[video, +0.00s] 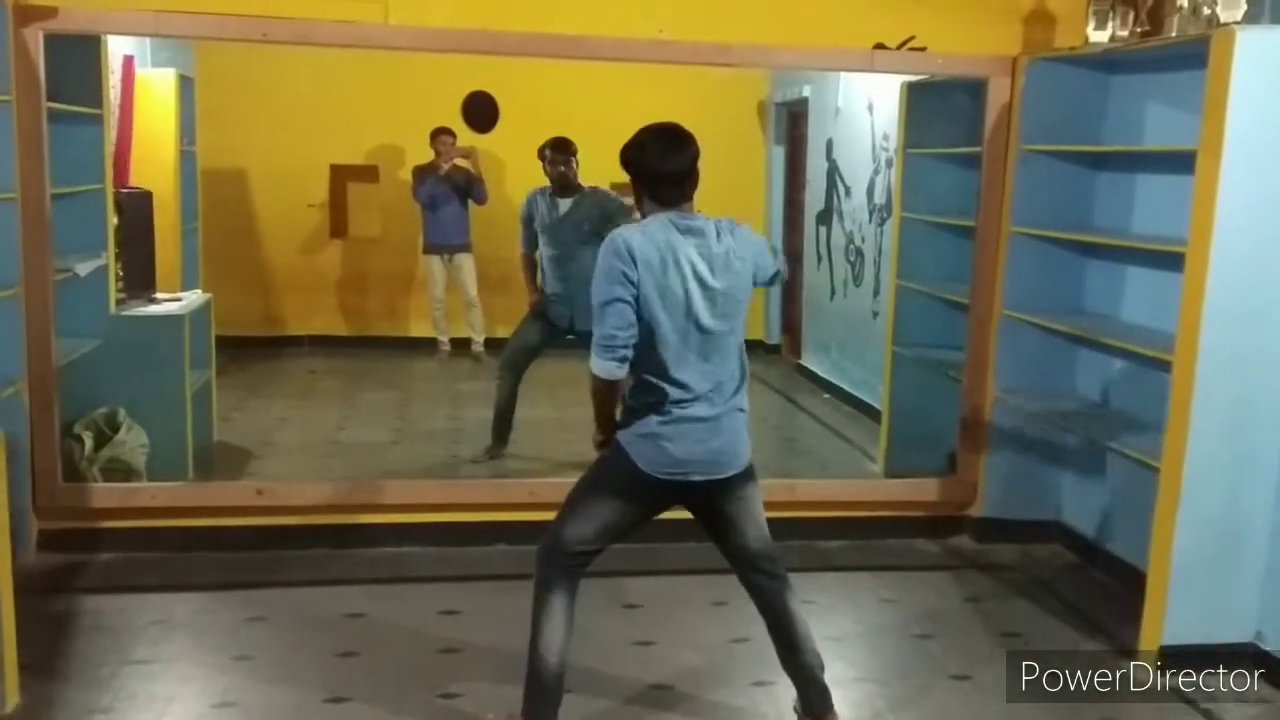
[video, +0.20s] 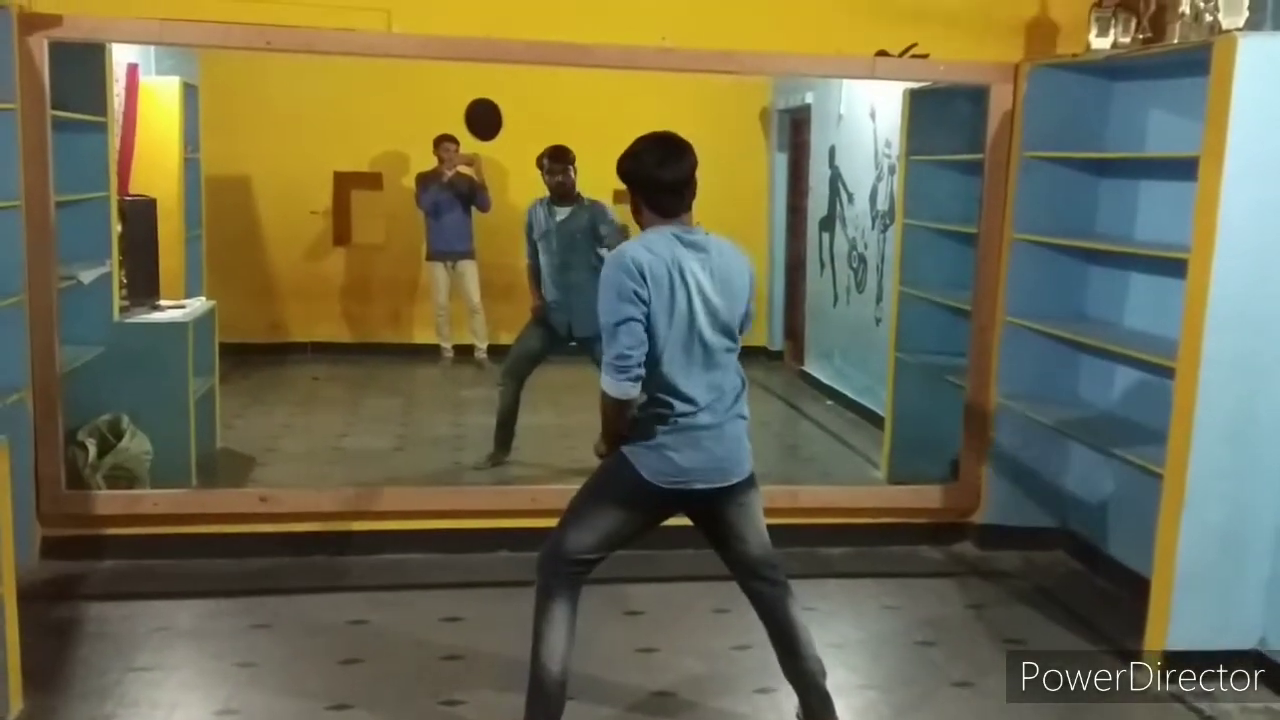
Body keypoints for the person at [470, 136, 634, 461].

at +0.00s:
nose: (562, 170)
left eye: (568, 163)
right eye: (555, 164)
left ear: (577, 164)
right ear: (543, 166)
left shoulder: (601, 202)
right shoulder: (535, 203)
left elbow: (639, 228)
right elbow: (528, 252)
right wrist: (533, 291)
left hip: (596, 311)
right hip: (553, 309)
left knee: (623, 372)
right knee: (509, 363)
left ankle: (621, 440)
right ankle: (498, 443)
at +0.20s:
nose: (562, 179)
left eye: (567, 172)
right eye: (554, 173)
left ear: (576, 172)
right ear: (543, 176)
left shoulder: (596, 213)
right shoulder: (536, 215)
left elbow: (621, 252)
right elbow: (533, 260)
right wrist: (537, 298)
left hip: (593, 317)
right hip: (552, 316)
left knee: (624, 381)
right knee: (511, 372)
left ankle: (626, 446)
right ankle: (500, 450)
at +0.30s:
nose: (558, 183)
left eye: (563, 176)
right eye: (551, 178)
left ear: (575, 176)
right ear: (542, 180)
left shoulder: (595, 216)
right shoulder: (538, 218)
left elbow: (609, 254)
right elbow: (536, 265)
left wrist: (613, 211)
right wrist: (538, 303)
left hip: (593, 319)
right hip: (552, 318)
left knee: (627, 384)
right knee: (513, 376)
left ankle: (635, 450)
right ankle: (502, 453)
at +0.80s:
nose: (570, 193)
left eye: (576, 186)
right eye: (564, 187)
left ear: (589, 187)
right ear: (558, 189)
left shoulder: (600, 227)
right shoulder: (556, 226)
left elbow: (578, 255)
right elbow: (552, 275)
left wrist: (579, 217)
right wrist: (546, 310)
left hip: (597, 329)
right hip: (559, 328)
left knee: (629, 400)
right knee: (519, 388)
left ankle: (655, 460)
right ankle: (508, 464)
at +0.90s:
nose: (576, 194)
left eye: (583, 188)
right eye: (570, 188)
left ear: (593, 191)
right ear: (561, 189)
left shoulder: (595, 226)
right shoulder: (552, 230)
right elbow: (540, 276)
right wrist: (543, 316)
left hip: (599, 332)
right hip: (559, 331)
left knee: (631, 397)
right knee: (518, 389)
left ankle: (624, 464)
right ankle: (509, 464)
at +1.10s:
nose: (543, 193)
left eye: (549, 186)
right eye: (536, 187)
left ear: (559, 188)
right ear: (526, 189)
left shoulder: (568, 221)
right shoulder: (524, 230)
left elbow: (540, 232)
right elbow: (520, 278)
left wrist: (498, 222)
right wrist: (524, 315)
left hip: (578, 330)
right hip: (543, 330)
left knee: (591, 397)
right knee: (507, 383)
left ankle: (587, 466)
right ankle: (508, 463)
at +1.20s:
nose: (508, 210)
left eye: (513, 202)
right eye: (505, 203)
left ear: (528, 203)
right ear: (503, 205)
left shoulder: (544, 240)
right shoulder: (514, 238)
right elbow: (527, 287)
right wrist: (523, 321)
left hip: (559, 336)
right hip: (535, 336)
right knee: (500, 386)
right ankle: (508, 462)